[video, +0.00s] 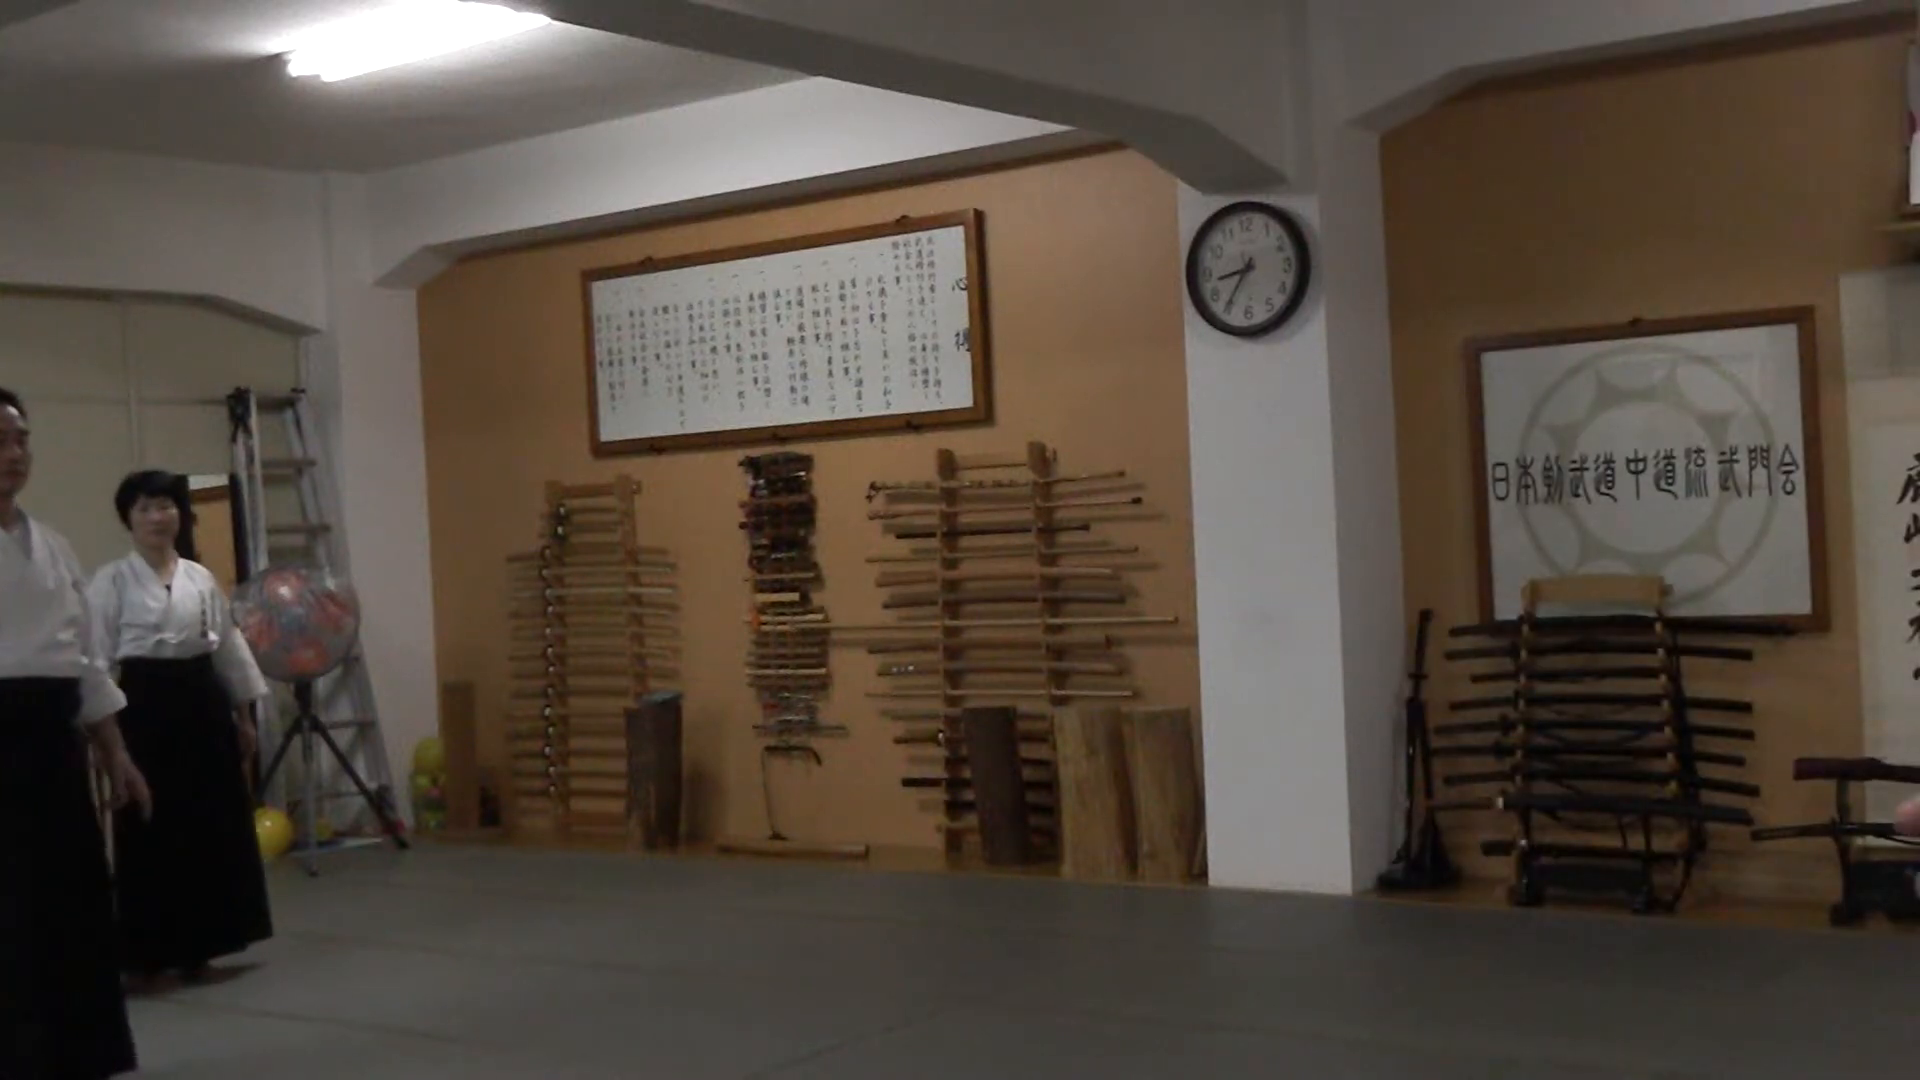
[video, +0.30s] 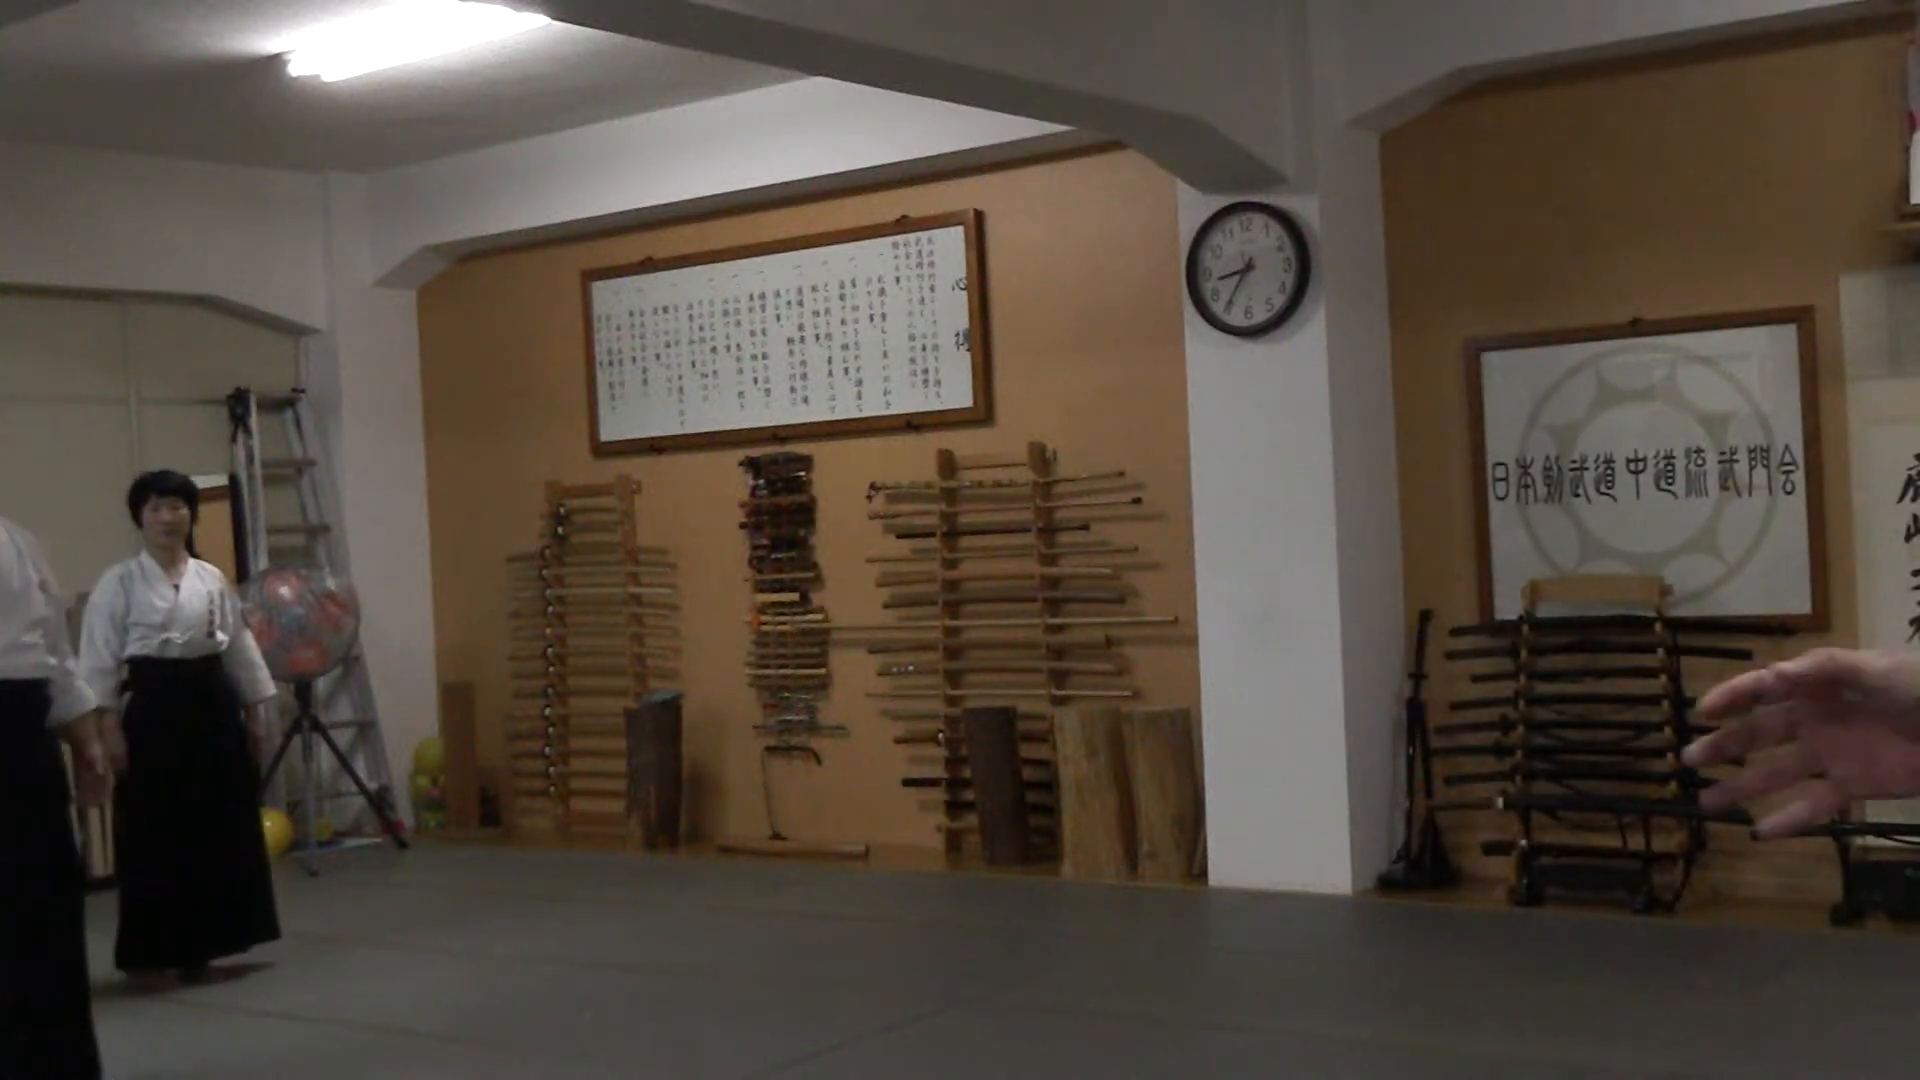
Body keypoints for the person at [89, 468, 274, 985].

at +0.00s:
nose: (156, 517)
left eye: (164, 507)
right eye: (144, 509)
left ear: (181, 516)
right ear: (127, 519)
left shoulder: (201, 579)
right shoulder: (110, 583)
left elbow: (229, 644)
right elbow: (96, 662)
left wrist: (247, 713)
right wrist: (104, 738)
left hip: (199, 700)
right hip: (142, 704)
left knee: (206, 818)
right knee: (149, 820)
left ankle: (199, 947)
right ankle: (149, 953)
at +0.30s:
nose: (167, 517)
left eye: (176, 507)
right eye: (156, 508)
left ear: (191, 517)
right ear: (138, 519)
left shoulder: (210, 579)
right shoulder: (118, 583)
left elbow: (238, 644)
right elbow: (97, 661)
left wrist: (260, 706)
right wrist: (105, 727)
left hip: (209, 703)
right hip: (152, 707)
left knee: (213, 821)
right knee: (154, 826)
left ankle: (204, 948)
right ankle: (152, 955)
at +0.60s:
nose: (172, 517)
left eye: (181, 508)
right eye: (161, 508)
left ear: (196, 518)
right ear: (145, 518)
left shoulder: (215, 580)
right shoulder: (123, 582)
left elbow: (241, 645)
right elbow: (104, 657)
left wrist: (262, 708)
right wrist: (110, 723)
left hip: (211, 702)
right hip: (155, 705)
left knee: (213, 820)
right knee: (158, 825)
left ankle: (200, 950)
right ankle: (151, 956)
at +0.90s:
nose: (174, 517)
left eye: (183, 508)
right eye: (163, 509)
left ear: (197, 518)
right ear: (145, 519)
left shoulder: (216, 581)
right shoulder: (124, 582)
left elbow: (243, 648)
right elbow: (103, 657)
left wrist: (261, 712)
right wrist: (114, 725)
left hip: (213, 703)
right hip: (158, 705)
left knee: (217, 821)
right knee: (162, 825)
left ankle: (204, 949)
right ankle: (156, 955)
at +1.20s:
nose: (174, 516)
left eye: (182, 507)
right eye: (163, 509)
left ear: (196, 517)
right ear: (144, 519)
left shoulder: (215, 580)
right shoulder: (124, 582)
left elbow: (242, 647)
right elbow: (106, 660)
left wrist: (261, 712)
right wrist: (114, 727)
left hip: (212, 701)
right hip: (157, 703)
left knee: (212, 821)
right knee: (162, 824)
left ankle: (199, 950)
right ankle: (154, 955)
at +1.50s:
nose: (175, 515)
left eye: (183, 506)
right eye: (163, 507)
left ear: (197, 515)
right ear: (144, 519)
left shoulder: (216, 580)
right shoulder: (124, 581)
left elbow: (243, 646)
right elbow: (112, 658)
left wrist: (262, 713)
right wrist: (121, 729)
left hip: (211, 702)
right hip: (153, 706)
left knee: (213, 818)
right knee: (159, 822)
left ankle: (203, 946)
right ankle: (162, 949)